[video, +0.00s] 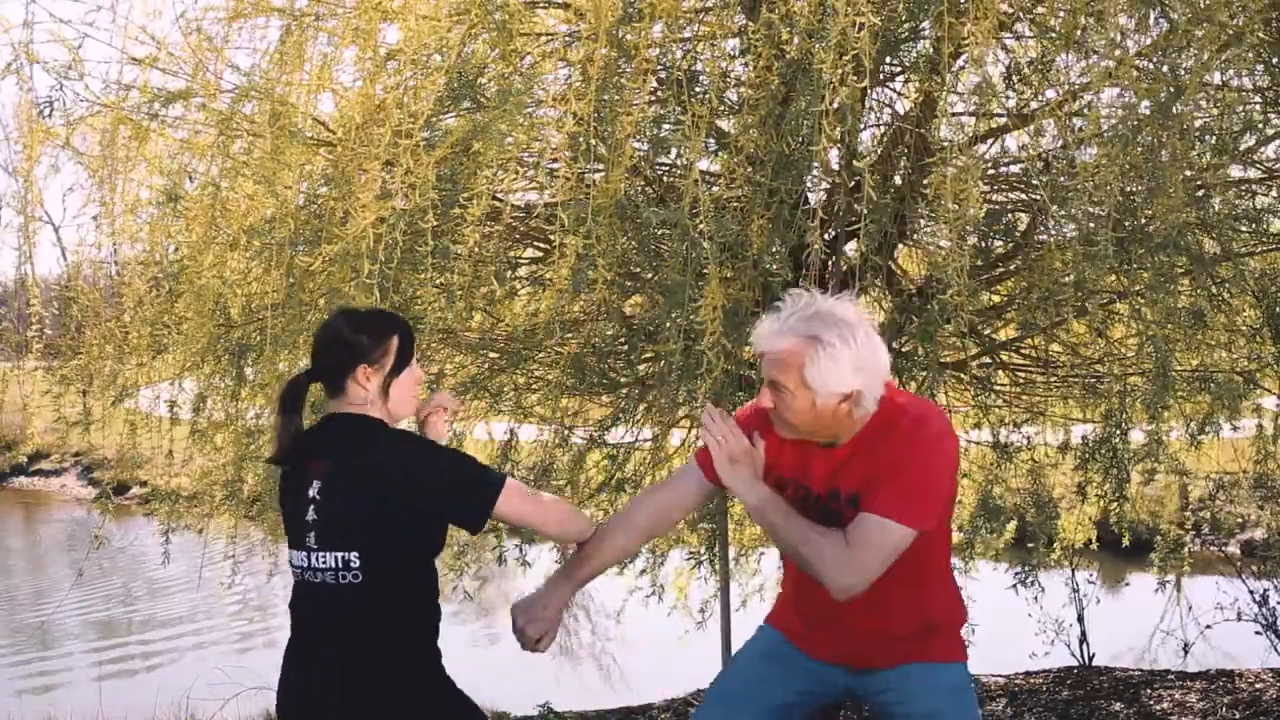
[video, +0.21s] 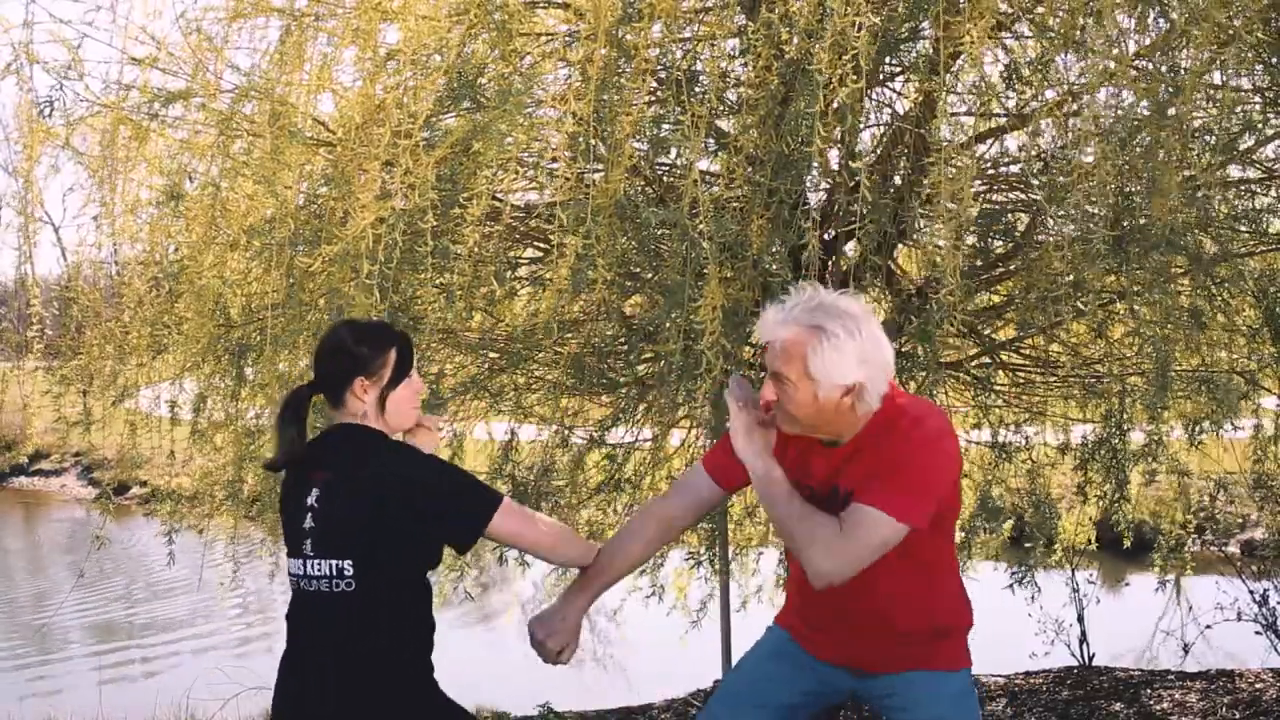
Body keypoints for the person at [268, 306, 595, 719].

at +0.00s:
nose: (421, 374)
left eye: (415, 362)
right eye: (409, 363)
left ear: (359, 378)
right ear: (366, 377)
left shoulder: (300, 455)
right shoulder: (415, 461)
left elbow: (371, 515)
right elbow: (541, 512)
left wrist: (426, 446)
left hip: (306, 695)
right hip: (402, 695)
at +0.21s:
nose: (422, 386)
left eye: (416, 374)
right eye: (411, 375)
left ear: (362, 388)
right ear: (365, 389)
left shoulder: (303, 465)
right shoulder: (409, 469)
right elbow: (537, 534)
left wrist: (411, 454)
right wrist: (603, 557)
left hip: (300, 699)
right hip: (393, 699)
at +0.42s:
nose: (435, 375)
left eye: (428, 364)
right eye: (422, 366)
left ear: (376, 391)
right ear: (383, 389)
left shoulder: (344, 463)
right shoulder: (433, 468)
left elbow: (446, 535)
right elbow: (548, 551)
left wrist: (467, 447)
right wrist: (617, 592)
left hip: (323, 695)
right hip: (412, 699)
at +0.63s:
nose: (436, 367)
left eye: (429, 354)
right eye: (425, 355)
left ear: (383, 376)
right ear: (390, 373)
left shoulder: (364, 449)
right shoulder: (440, 463)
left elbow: (503, 465)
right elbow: (556, 552)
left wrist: (559, 395)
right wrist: (591, 557)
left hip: (345, 695)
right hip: (432, 698)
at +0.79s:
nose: (434, 362)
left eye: (428, 348)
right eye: (423, 349)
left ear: (381, 369)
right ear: (386, 367)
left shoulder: (360, 444)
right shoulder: (442, 459)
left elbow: (503, 462)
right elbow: (555, 531)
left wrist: (562, 392)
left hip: (347, 688)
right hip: (431, 691)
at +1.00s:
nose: (430, 360)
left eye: (423, 346)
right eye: (419, 347)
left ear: (379, 360)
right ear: (381, 359)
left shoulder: (415, 419)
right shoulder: (408, 465)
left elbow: (516, 464)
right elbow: (530, 522)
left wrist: (574, 492)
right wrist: (568, 497)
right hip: (418, 693)